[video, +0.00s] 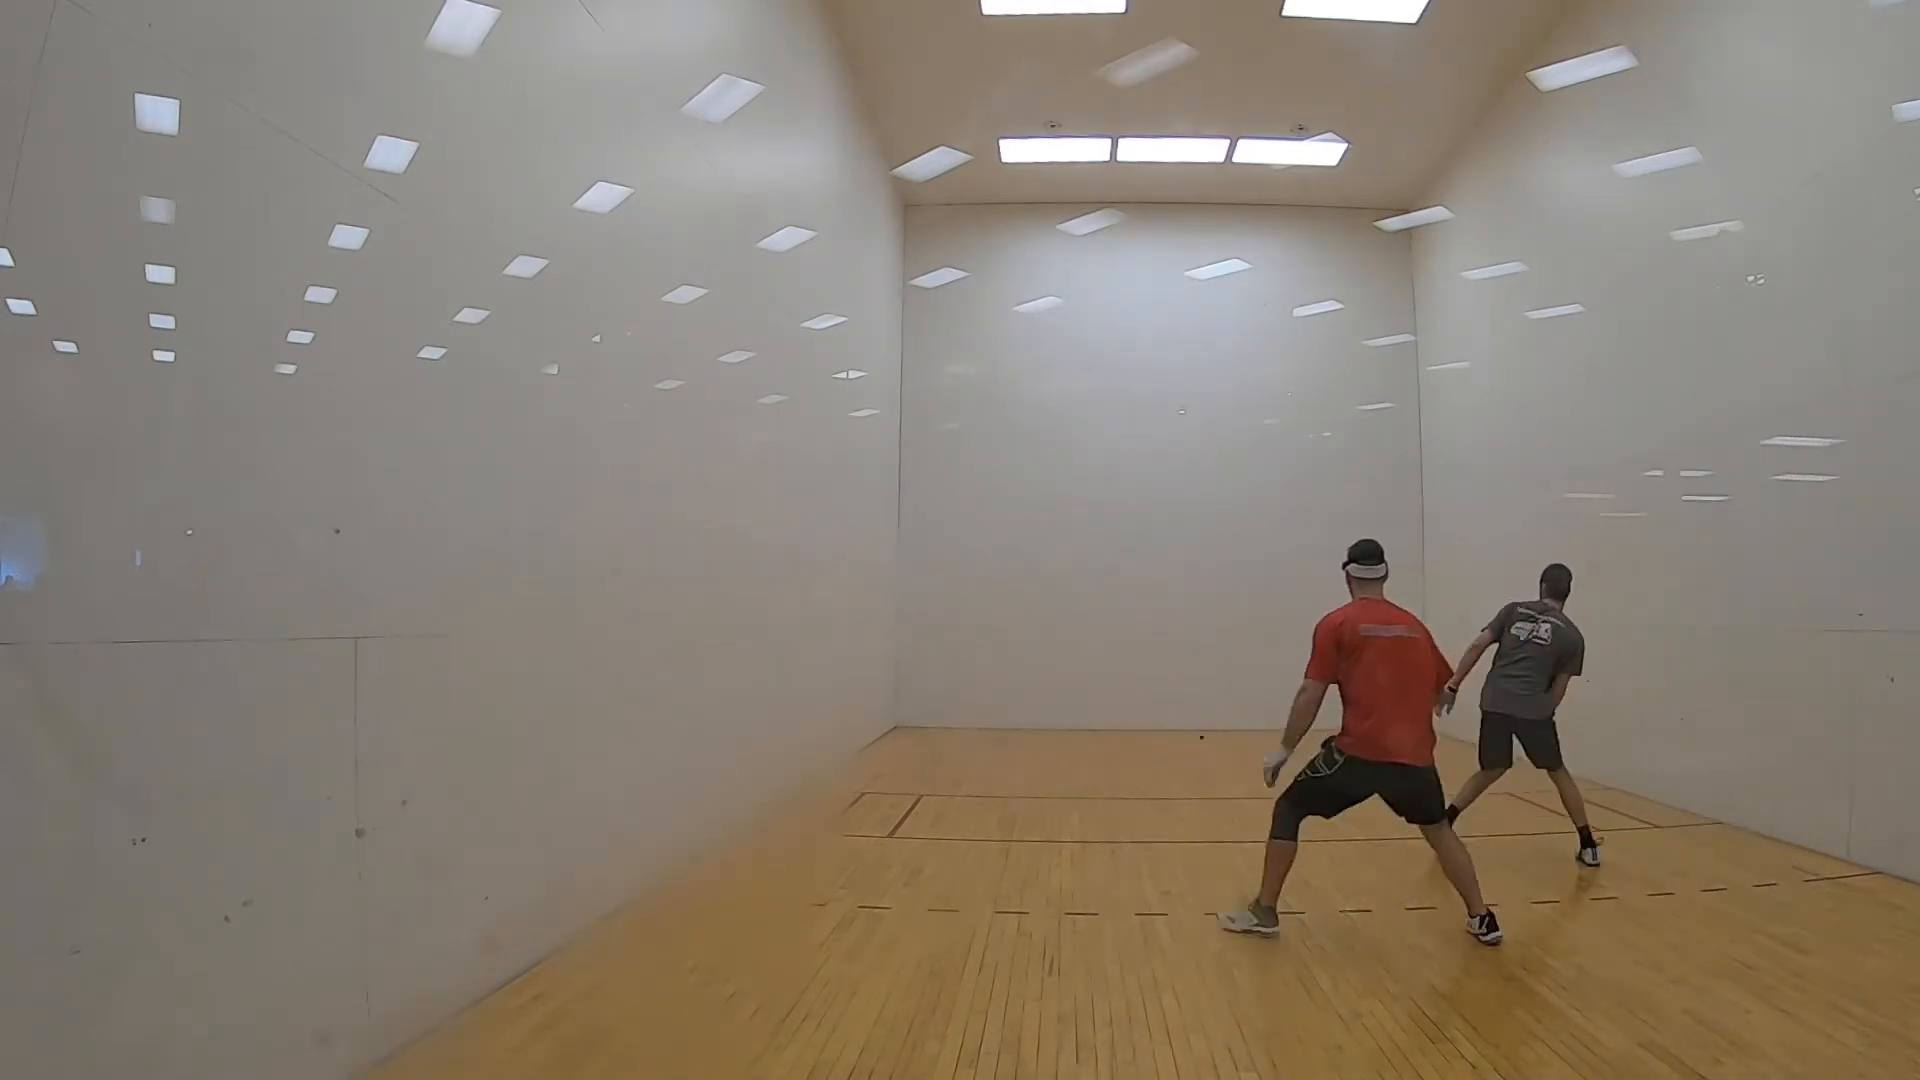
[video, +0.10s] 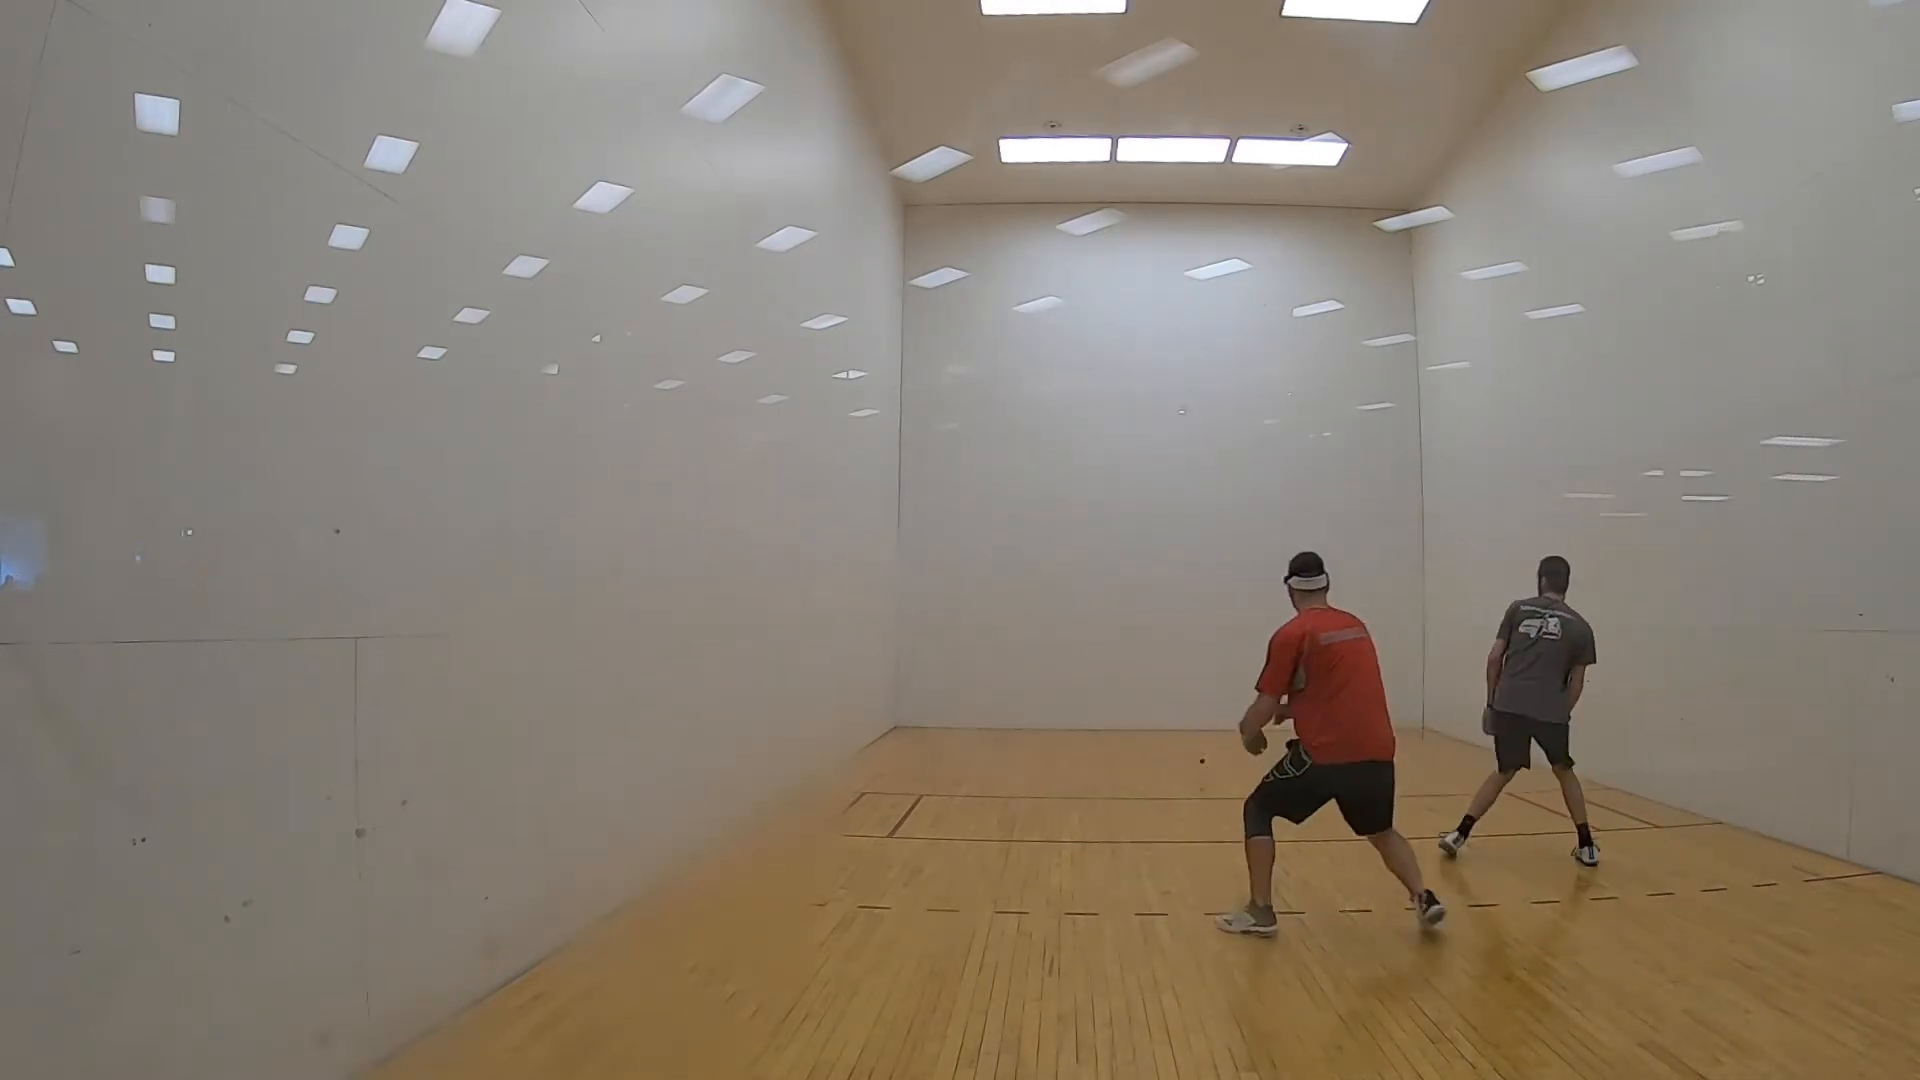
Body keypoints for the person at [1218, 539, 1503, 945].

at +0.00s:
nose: (1350, 581)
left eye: (1347, 575)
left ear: (1347, 576)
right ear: (1386, 576)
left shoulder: (1336, 624)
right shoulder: (1414, 625)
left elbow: (1310, 696)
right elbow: (1440, 688)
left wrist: (1284, 749)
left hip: (1355, 756)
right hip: (1414, 762)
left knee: (1289, 809)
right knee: (1440, 831)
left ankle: (1264, 910)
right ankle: (1481, 916)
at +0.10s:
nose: (1291, 594)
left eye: (1289, 589)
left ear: (1290, 590)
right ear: (1327, 586)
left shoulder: (1291, 634)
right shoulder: (1355, 625)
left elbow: (1266, 705)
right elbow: (1338, 689)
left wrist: (1248, 728)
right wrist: (1286, 709)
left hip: (1322, 757)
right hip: (1376, 755)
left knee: (1258, 809)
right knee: (1381, 829)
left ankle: (1260, 909)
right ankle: (1423, 897)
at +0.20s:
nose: (1243, 617)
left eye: (1241, 611)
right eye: (1247, 610)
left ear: (1243, 611)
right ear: (1277, 604)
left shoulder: (1256, 645)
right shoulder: (1307, 631)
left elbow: (1236, 706)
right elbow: (1320, 687)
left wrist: (1191, 722)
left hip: (1307, 748)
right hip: (1357, 742)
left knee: (1245, 811)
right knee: (1335, 804)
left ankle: (1260, 910)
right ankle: (1357, 870)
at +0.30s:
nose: (1211, 647)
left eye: (1209, 641)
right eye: (1211, 641)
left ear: (1210, 639)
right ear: (1242, 629)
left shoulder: (1228, 656)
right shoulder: (1275, 646)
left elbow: (1215, 691)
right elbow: (1325, 668)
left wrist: (1175, 719)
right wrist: (1355, 704)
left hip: (1294, 744)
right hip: (1340, 737)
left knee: (1232, 814)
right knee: (1312, 779)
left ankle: (1259, 909)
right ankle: (1314, 862)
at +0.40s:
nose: (1189, 676)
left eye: (1186, 669)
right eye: (1187, 670)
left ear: (1187, 664)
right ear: (1212, 652)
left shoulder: (1201, 680)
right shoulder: (1253, 656)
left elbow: (1215, 704)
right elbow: (1302, 642)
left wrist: (1200, 737)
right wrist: (1354, 652)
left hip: (1285, 736)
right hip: (1324, 725)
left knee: (1236, 812)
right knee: (1288, 779)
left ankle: (1260, 906)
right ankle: (1277, 856)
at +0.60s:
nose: (1169, 701)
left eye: (1165, 697)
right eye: (1167, 695)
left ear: (1166, 696)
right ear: (1184, 674)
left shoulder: (1183, 723)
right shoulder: (1217, 662)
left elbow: (1206, 762)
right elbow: (1268, 645)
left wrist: (1224, 768)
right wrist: (1311, 666)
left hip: (1262, 725)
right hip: (1288, 707)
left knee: (1285, 803)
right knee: (1245, 772)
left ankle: (1339, 874)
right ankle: (1258, 857)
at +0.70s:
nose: (1159, 693)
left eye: (1157, 689)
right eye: (1161, 687)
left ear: (1156, 688)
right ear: (1177, 670)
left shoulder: (1163, 710)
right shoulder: (1206, 665)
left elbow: (1196, 732)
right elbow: (1259, 647)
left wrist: (1222, 745)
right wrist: (1301, 667)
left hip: (1236, 721)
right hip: (1265, 702)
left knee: (1275, 796)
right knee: (1232, 771)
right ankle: (1258, 852)